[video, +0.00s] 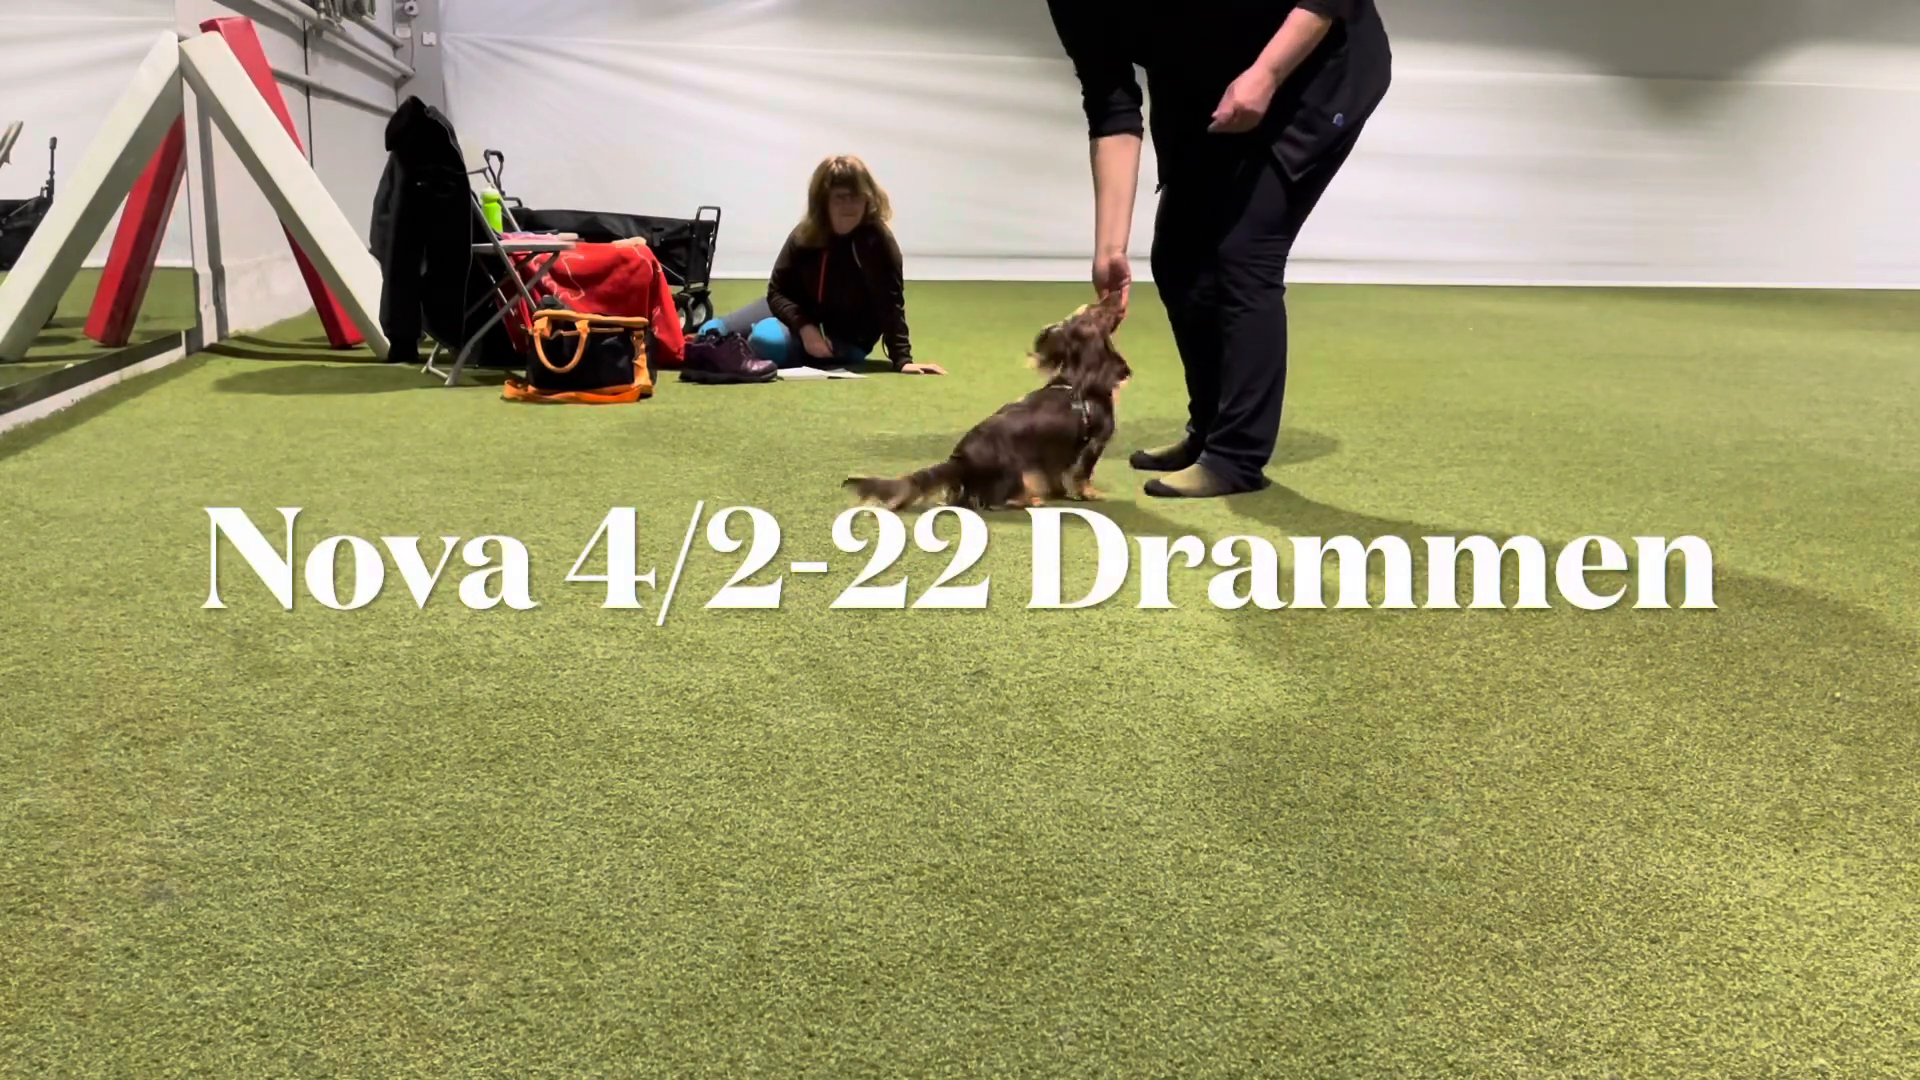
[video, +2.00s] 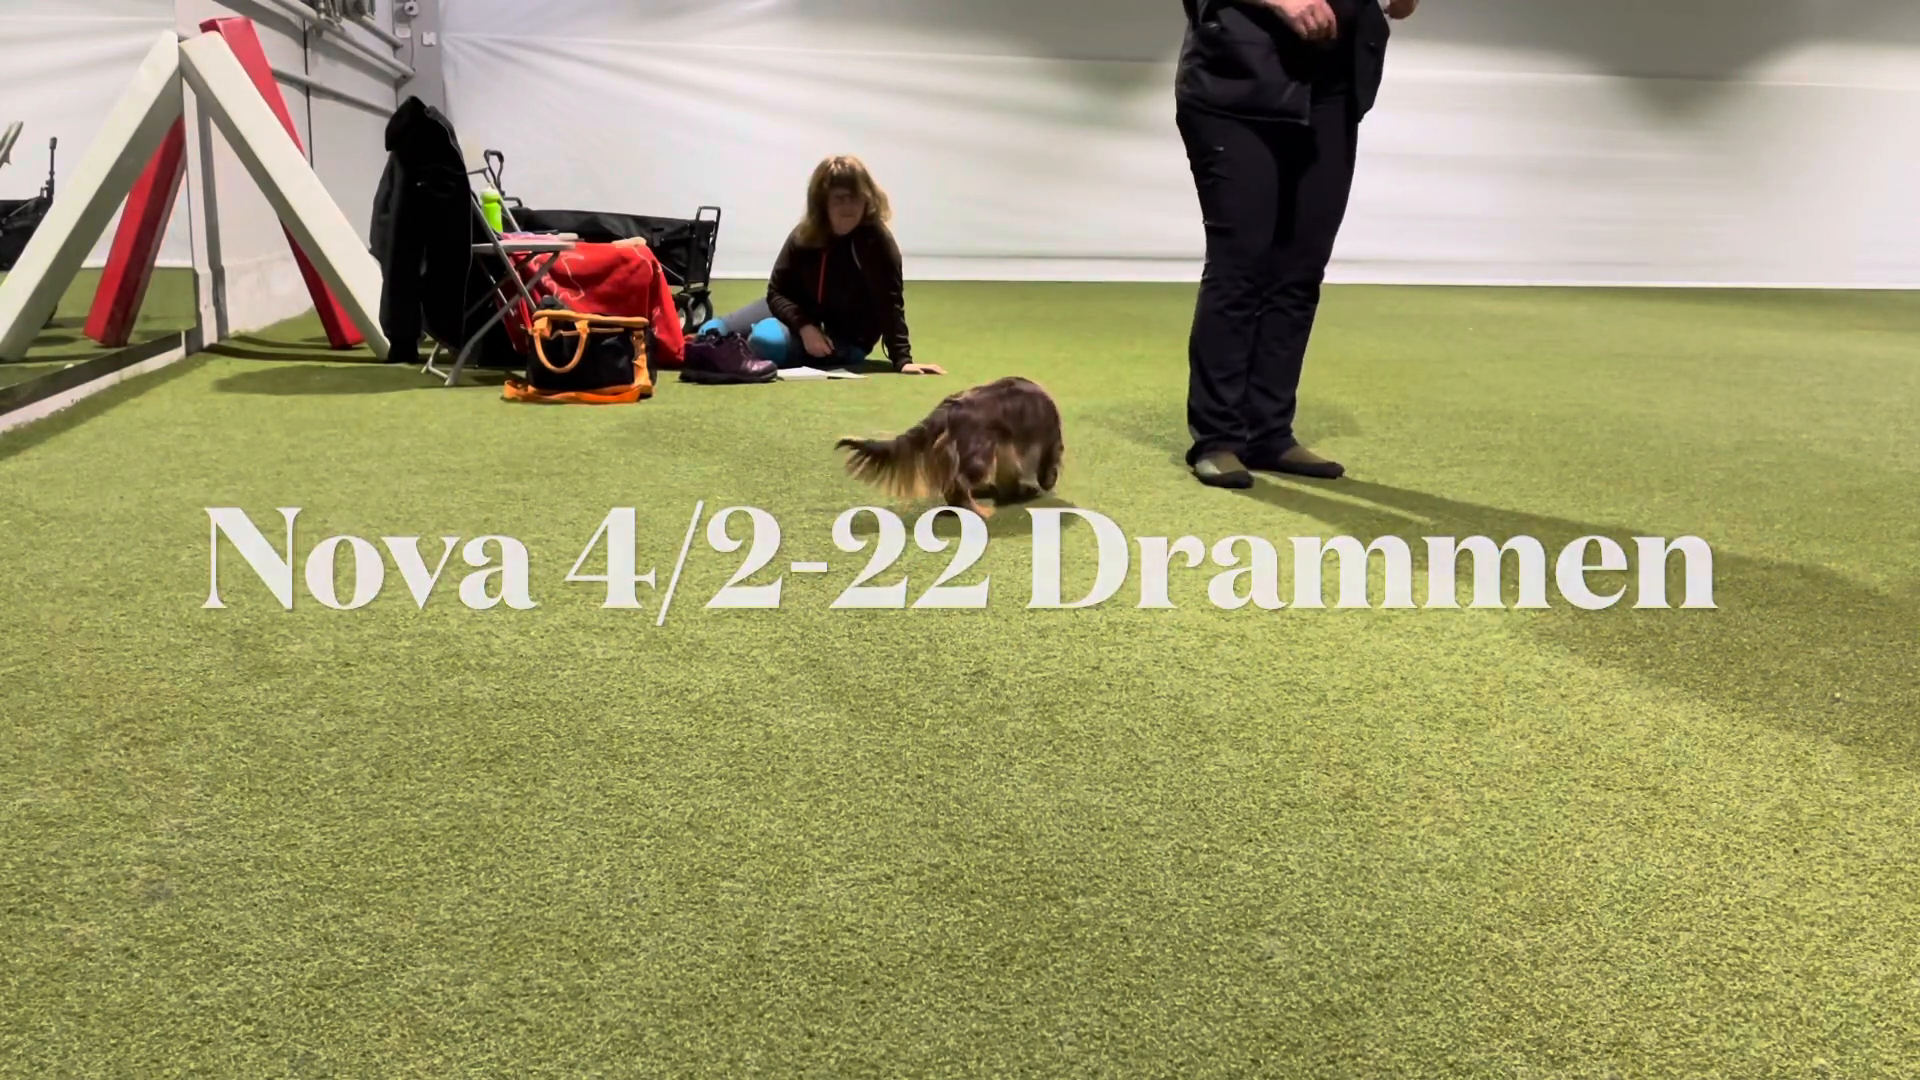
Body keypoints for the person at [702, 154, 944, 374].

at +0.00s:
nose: (848, 204)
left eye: (856, 195)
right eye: (839, 196)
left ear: (868, 200)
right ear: (823, 200)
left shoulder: (878, 242)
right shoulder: (805, 236)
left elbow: (891, 302)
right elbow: (778, 292)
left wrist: (902, 360)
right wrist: (805, 327)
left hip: (841, 338)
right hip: (794, 313)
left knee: (764, 337)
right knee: (714, 331)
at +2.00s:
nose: (847, 205)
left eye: (855, 196)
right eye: (838, 197)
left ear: (866, 200)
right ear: (822, 201)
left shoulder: (878, 243)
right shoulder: (804, 237)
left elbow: (891, 302)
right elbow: (777, 293)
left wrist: (902, 360)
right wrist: (804, 327)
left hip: (840, 338)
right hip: (794, 313)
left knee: (764, 337)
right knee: (714, 331)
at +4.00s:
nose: (847, 205)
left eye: (854, 197)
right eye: (838, 198)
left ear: (866, 200)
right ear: (822, 201)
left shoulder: (878, 243)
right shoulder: (804, 237)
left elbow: (891, 302)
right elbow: (777, 292)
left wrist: (902, 360)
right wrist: (804, 328)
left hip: (842, 337)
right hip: (796, 313)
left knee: (764, 336)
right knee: (712, 331)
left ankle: (732, 346)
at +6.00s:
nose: (848, 206)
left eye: (855, 197)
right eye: (839, 198)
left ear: (867, 200)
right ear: (823, 201)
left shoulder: (878, 242)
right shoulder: (804, 237)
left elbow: (892, 302)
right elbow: (777, 292)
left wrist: (902, 360)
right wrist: (804, 327)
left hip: (841, 337)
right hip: (795, 312)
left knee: (765, 337)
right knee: (711, 332)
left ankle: (732, 344)